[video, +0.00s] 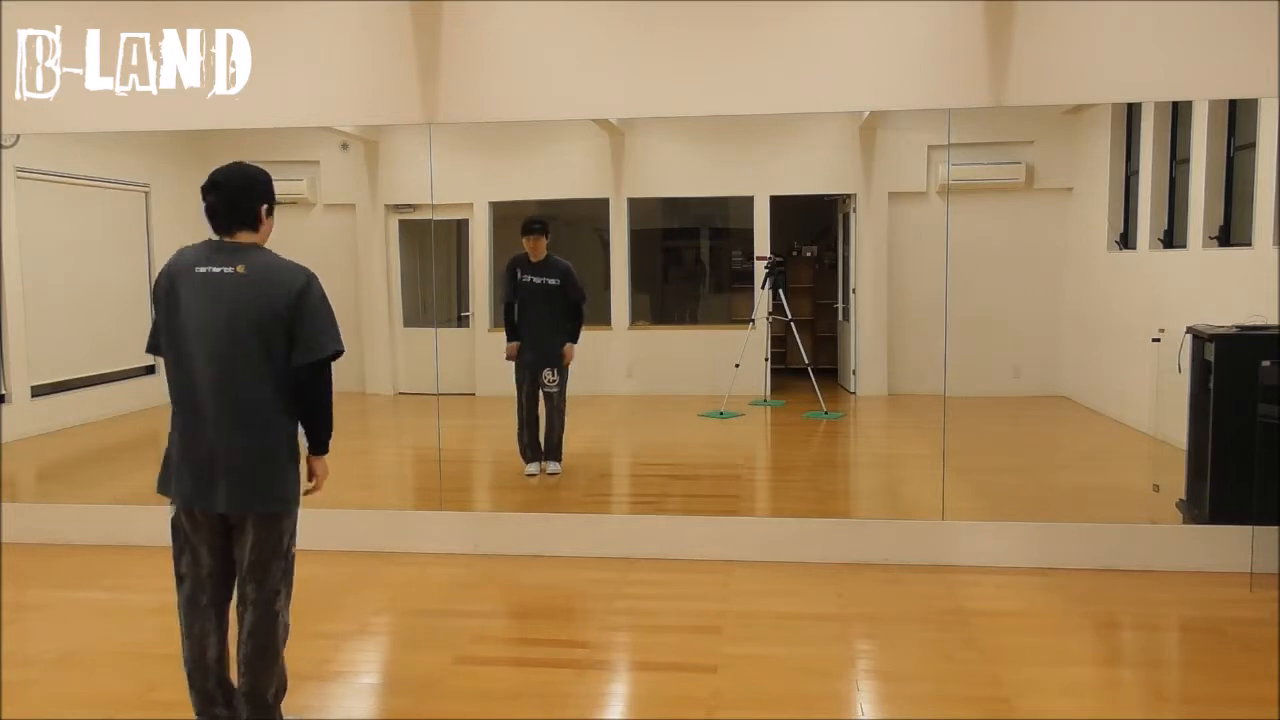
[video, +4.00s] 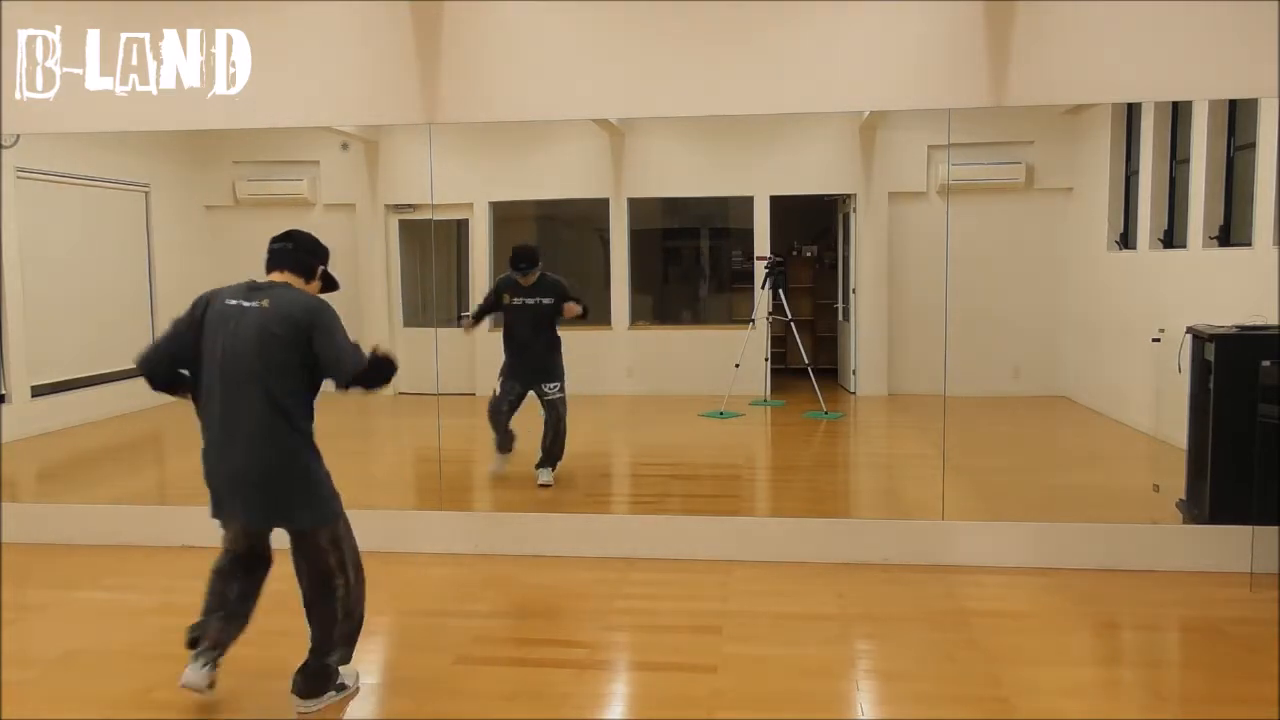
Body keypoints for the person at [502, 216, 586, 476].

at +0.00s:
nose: (532, 244)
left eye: (537, 239)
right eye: (528, 239)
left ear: (547, 240)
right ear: (522, 241)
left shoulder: (562, 269)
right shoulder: (516, 267)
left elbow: (577, 305)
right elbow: (508, 304)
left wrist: (571, 341)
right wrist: (512, 338)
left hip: (555, 344)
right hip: (526, 344)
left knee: (555, 404)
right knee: (526, 405)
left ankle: (553, 457)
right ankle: (531, 458)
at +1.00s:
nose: (526, 289)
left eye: (529, 285)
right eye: (521, 286)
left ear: (535, 276)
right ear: (512, 279)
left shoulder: (551, 282)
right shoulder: (503, 284)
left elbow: (565, 318)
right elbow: (496, 320)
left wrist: (568, 356)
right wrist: (495, 354)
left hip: (547, 351)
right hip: (519, 350)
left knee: (548, 408)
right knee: (518, 408)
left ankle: (544, 460)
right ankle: (530, 458)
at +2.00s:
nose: (520, 292)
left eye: (524, 288)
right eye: (515, 289)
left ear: (531, 279)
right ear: (507, 283)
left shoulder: (549, 293)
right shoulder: (500, 295)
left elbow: (559, 336)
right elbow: (497, 337)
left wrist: (557, 374)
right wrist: (495, 373)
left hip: (544, 364)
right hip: (515, 362)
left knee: (542, 420)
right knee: (506, 407)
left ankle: (535, 467)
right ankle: (509, 460)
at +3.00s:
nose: (537, 268)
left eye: (541, 262)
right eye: (532, 263)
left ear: (550, 255)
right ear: (526, 260)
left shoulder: (571, 275)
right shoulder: (521, 282)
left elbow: (605, 286)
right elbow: (490, 298)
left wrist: (633, 297)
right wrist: (459, 306)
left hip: (569, 358)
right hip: (537, 358)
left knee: (585, 412)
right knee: (520, 409)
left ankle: (608, 462)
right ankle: (512, 466)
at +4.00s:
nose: (522, 280)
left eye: (526, 275)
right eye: (518, 275)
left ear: (537, 269)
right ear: (512, 270)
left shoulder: (554, 286)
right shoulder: (504, 285)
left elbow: (581, 310)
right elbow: (489, 305)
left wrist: (577, 309)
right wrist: (474, 319)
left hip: (548, 365)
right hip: (516, 364)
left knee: (556, 415)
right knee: (497, 411)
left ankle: (547, 465)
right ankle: (505, 446)